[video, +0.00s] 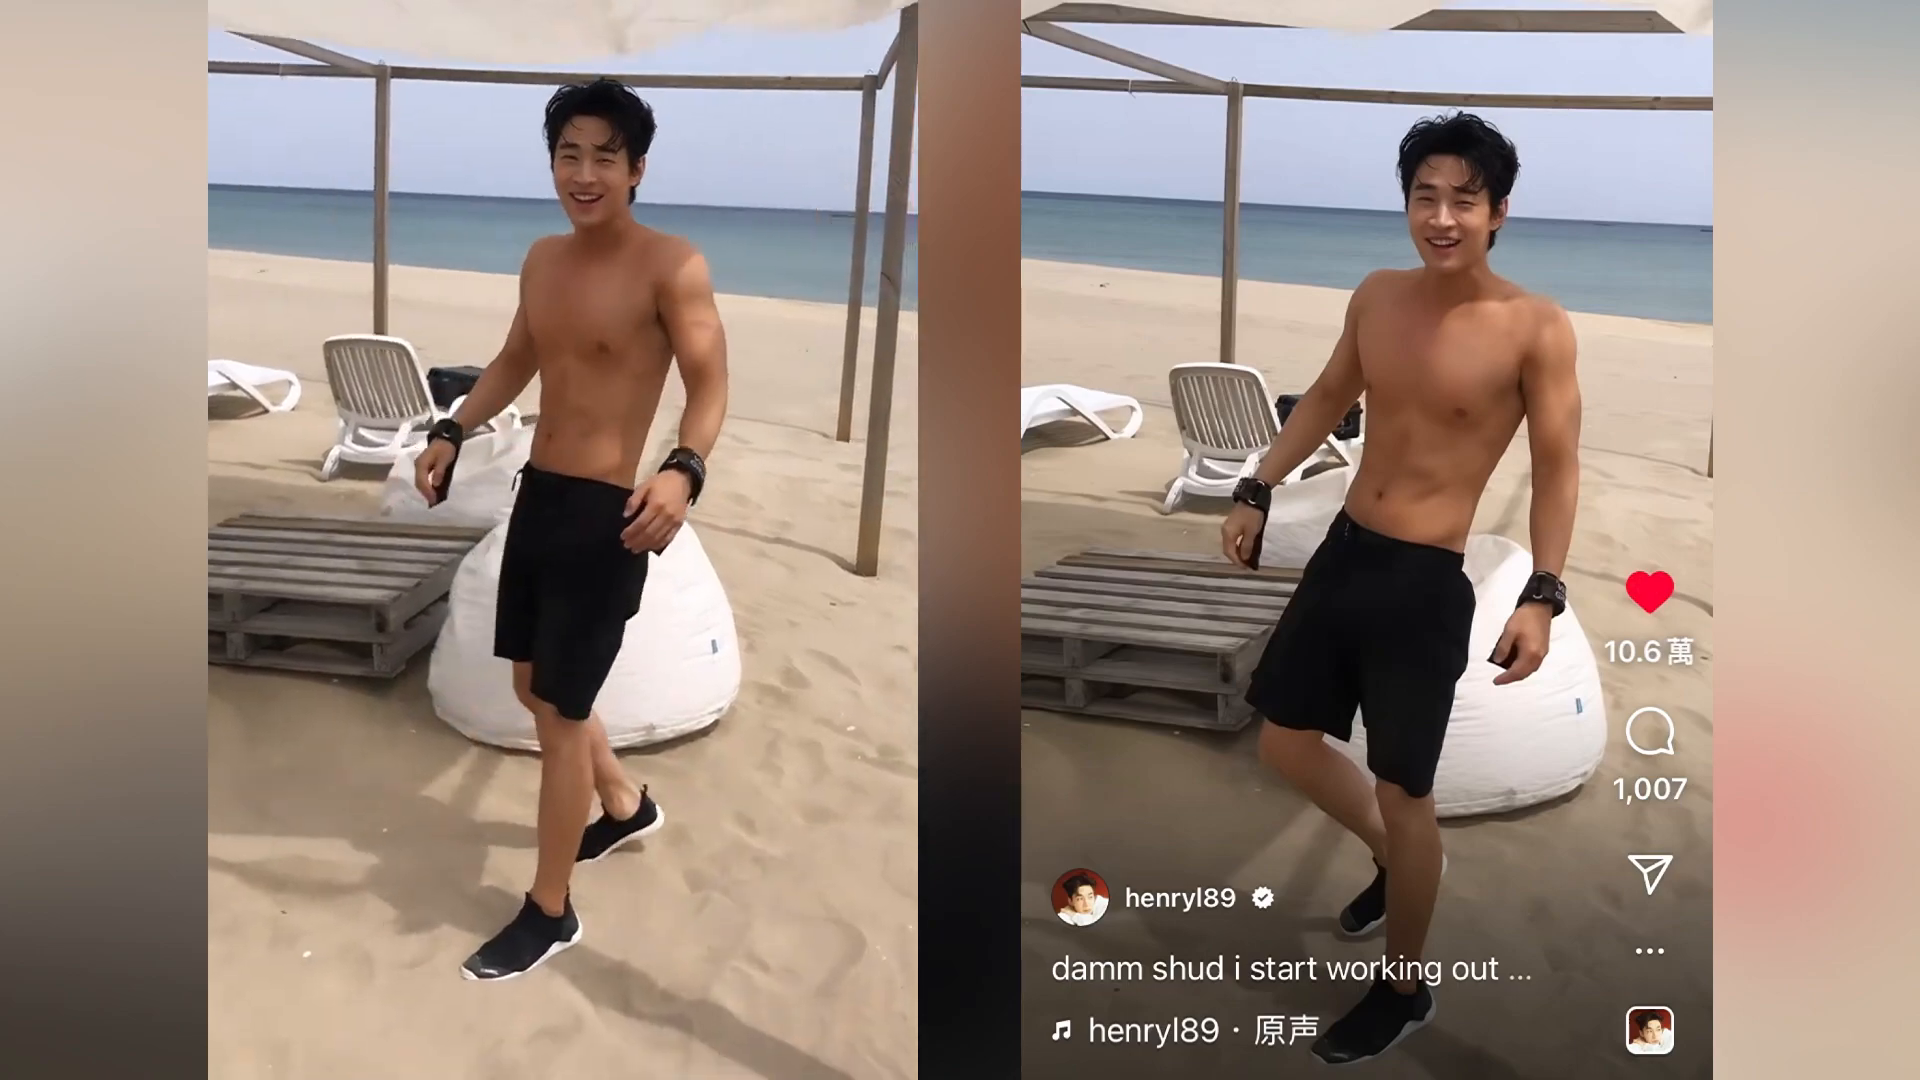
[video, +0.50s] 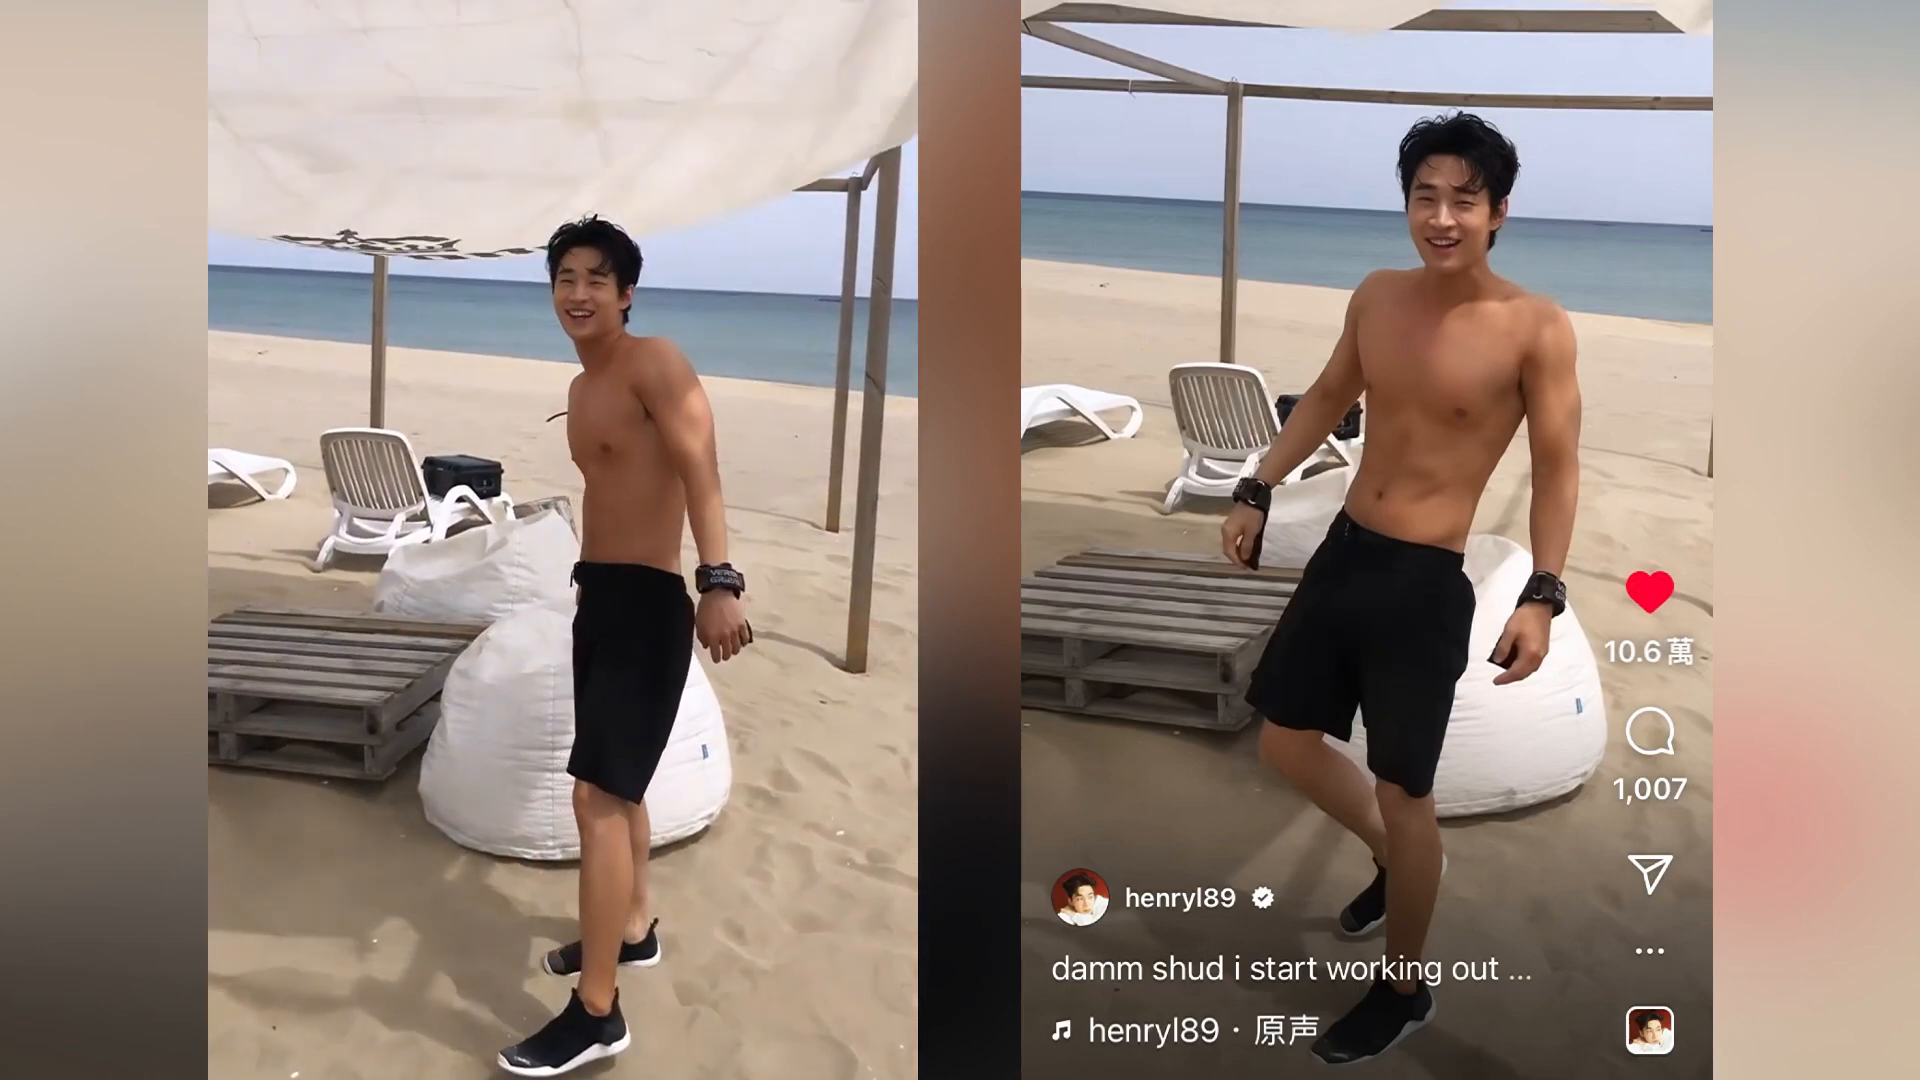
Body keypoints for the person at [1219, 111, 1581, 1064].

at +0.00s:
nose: (1440, 216)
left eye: (1462, 199)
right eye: (1425, 197)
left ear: (1498, 211)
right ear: (1406, 207)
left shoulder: (1535, 328)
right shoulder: (1378, 296)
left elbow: (1556, 468)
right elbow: (1330, 398)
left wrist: (1541, 595)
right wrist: (1256, 484)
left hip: (1427, 579)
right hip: (1345, 553)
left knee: (1402, 799)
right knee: (1284, 741)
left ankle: (1402, 981)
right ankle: (1398, 848)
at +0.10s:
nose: (1440, 216)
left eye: (1461, 198)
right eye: (1424, 197)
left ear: (1498, 210)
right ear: (1406, 208)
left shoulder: (1535, 328)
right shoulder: (1379, 296)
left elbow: (1556, 468)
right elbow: (1330, 398)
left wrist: (1541, 595)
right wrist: (1256, 484)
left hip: (1426, 579)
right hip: (1345, 554)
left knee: (1402, 799)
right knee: (1284, 742)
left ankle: (1402, 981)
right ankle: (1398, 848)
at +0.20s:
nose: (1440, 216)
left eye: (1461, 198)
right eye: (1424, 197)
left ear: (1498, 210)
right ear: (1406, 208)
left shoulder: (1535, 328)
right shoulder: (1379, 296)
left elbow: (1556, 468)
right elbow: (1330, 398)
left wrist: (1541, 595)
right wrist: (1256, 484)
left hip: (1426, 579)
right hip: (1345, 554)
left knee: (1402, 799)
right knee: (1284, 742)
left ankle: (1402, 981)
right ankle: (1398, 848)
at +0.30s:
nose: (1440, 216)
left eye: (1462, 199)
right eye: (1425, 197)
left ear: (1498, 211)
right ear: (1406, 207)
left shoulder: (1535, 328)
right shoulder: (1378, 296)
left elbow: (1556, 468)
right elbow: (1330, 398)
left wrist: (1541, 595)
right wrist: (1256, 484)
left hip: (1427, 579)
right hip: (1345, 553)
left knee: (1402, 799)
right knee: (1284, 741)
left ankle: (1402, 981)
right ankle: (1398, 848)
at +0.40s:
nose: (1440, 216)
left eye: (1461, 198)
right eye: (1424, 197)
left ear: (1498, 210)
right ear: (1406, 208)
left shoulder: (1535, 328)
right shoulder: (1379, 296)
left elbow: (1556, 469)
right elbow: (1330, 398)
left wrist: (1540, 595)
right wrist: (1256, 484)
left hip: (1427, 579)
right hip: (1345, 553)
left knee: (1402, 799)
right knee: (1284, 742)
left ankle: (1403, 981)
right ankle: (1398, 846)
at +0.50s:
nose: (1440, 216)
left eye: (1461, 198)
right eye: (1424, 197)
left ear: (1498, 210)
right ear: (1406, 208)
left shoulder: (1535, 328)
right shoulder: (1379, 296)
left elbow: (1556, 469)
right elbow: (1330, 398)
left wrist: (1540, 595)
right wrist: (1256, 484)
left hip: (1427, 579)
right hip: (1345, 553)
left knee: (1402, 799)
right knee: (1284, 742)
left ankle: (1403, 981)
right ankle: (1398, 846)